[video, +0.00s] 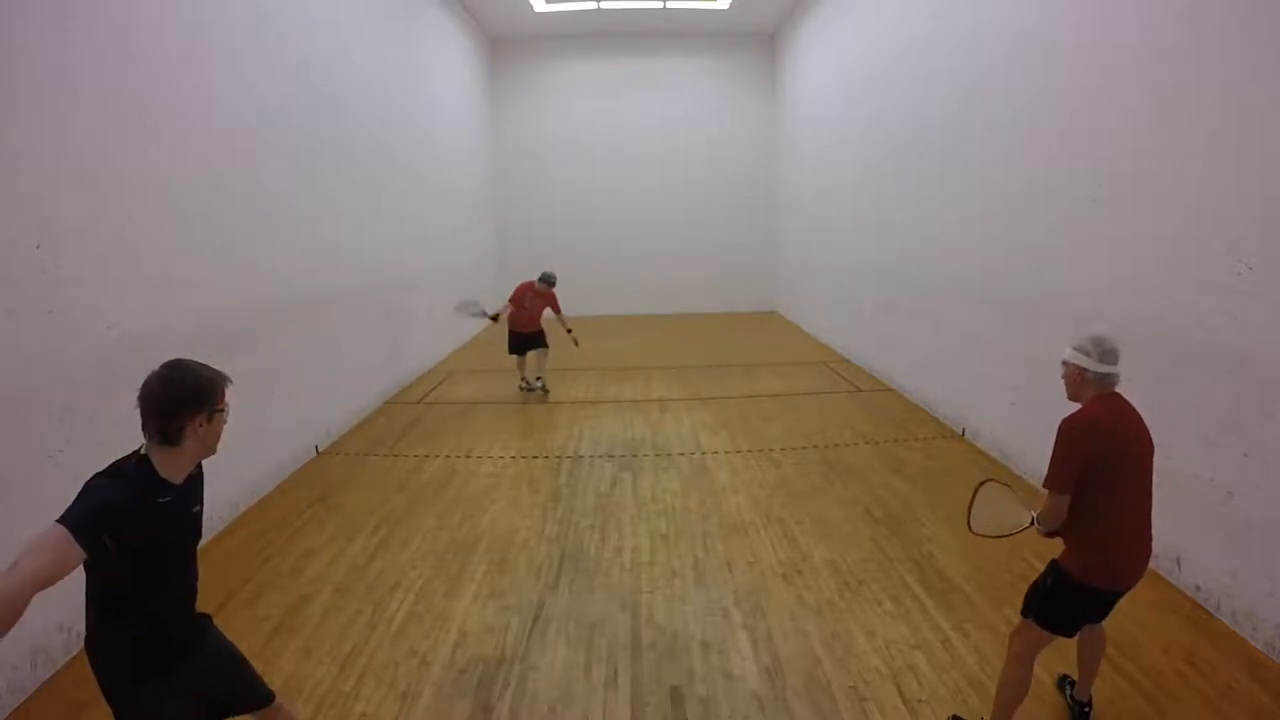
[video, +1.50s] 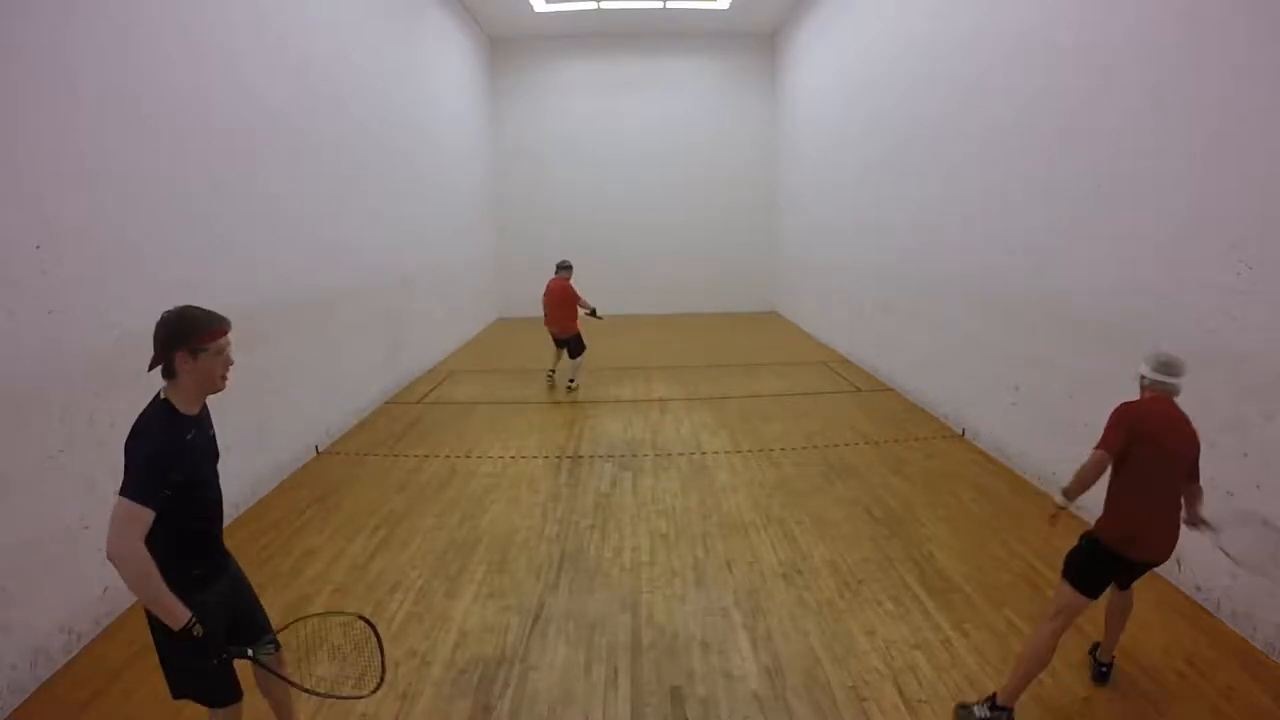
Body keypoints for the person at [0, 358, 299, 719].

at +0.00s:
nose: (226, 420)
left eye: (224, 411)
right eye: (222, 412)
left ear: (191, 427)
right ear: (198, 426)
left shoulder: (188, 469)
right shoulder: (111, 496)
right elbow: (20, 581)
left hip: (186, 629)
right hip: (131, 659)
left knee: (269, 707)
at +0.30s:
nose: (223, 416)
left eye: (221, 407)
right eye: (219, 409)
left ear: (191, 425)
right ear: (196, 424)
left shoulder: (187, 469)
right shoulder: (110, 495)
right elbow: (19, 578)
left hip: (185, 632)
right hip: (130, 663)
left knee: (273, 712)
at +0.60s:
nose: (240, 409)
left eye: (238, 400)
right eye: (236, 401)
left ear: (176, 410)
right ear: (215, 416)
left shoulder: (209, 462)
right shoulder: (133, 486)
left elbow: (184, 549)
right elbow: (36, 567)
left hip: (198, 625)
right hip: (142, 645)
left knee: (289, 706)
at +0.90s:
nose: (278, 374)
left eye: (276, 365)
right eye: (274, 366)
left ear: (247, 381)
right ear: (254, 379)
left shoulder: (250, 428)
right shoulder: (183, 449)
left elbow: (227, 508)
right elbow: (110, 539)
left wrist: (251, 556)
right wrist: (91, 653)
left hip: (240, 588)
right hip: (189, 607)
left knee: (306, 677)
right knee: (217, 711)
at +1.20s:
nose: (267, 356)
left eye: (264, 346)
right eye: (259, 347)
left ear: (232, 360)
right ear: (230, 359)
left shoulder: (238, 407)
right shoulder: (178, 430)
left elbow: (224, 494)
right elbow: (123, 527)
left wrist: (242, 556)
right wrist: (161, 629)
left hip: (243, 574)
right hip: (194, 595)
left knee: (294, 670)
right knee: (249, 704)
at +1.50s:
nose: (231, 361)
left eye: (228, 350)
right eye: (219, 352)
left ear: (188, 362)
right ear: (184, 362)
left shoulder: (195, 407)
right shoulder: (154, 437)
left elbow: (190, 500)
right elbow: (122, 547)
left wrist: (213, 564)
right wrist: (186, 623)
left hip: (219, 567)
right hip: (182, 595)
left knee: (270, 655)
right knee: (225, 702)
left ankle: (289, 716)